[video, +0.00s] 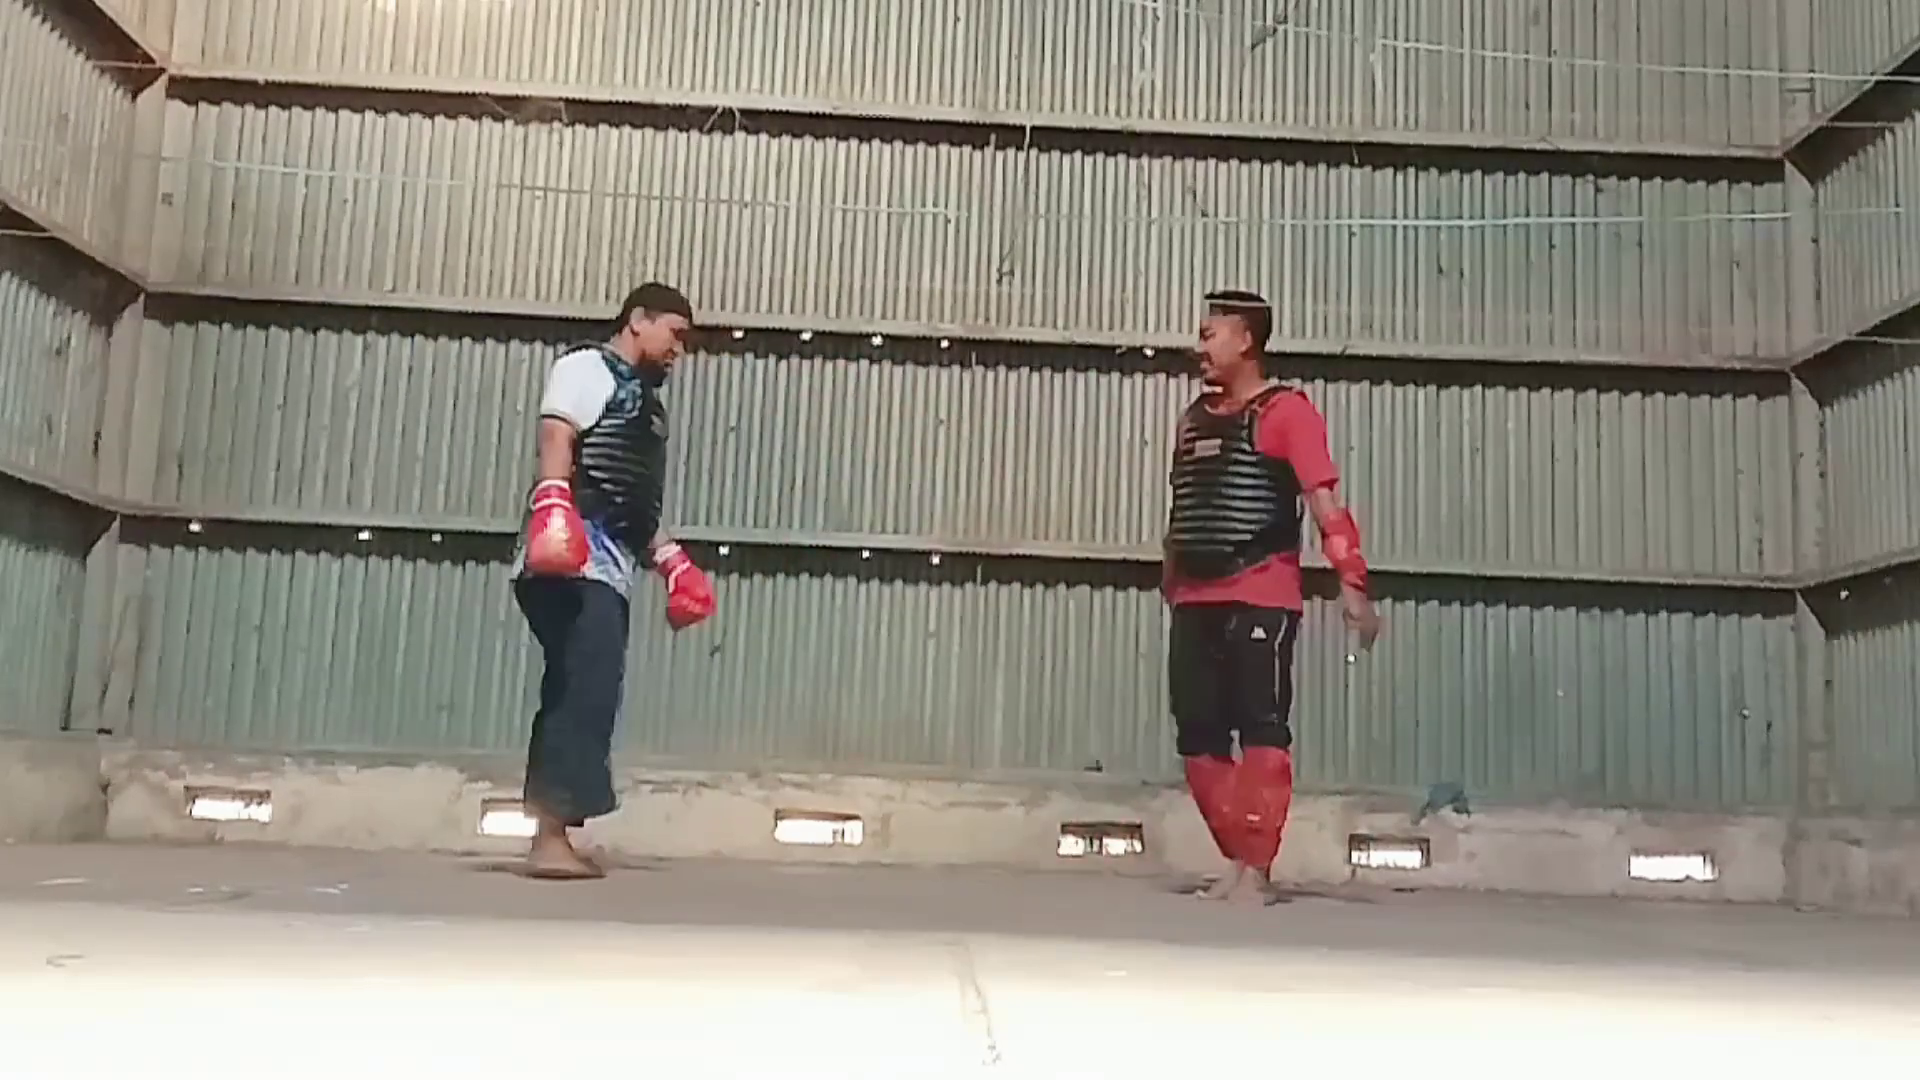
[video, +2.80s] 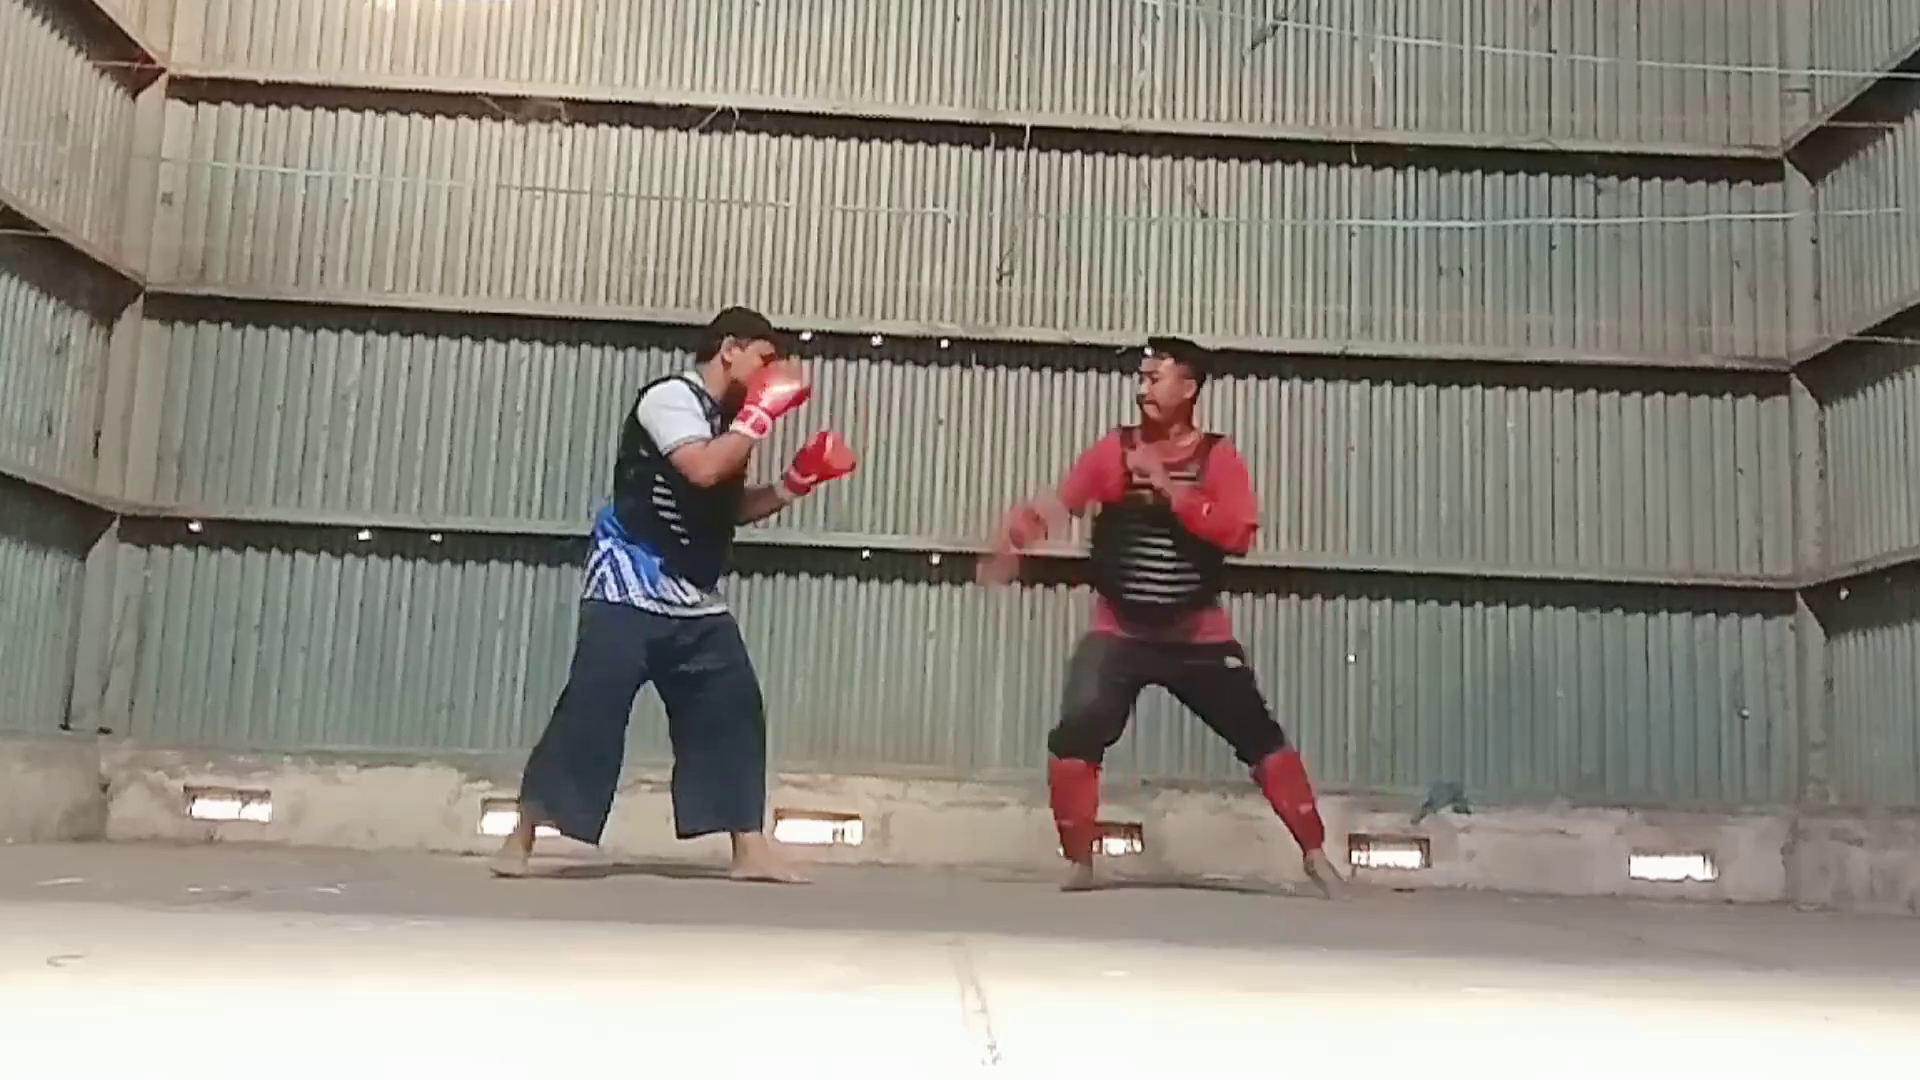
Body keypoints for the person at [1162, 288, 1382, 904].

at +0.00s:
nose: (1200, 345)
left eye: (1211, 335)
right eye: (1200, 335)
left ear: (1248, 341)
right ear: (1219, 343)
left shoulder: (1289, 411)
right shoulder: (1194, 418)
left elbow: (1326, 503)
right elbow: (1186, 507)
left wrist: (1354, 584)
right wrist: (1174, 582)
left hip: (1260, 596)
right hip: (1195, 598)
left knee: (1260, 727)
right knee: (1199, 734)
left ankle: (1254, 870)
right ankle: (1243, 862)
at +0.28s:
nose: (1203, 354)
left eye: (1213, 343)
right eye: (1203, 344)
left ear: (1249, 347)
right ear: (1231, 351)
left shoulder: (1302, 406)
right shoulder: (1203, 431)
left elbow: (1348, 494)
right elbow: (1173, 514)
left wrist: (1353, 578)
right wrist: (1138, 577)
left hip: (1307, 591)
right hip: (1238, 598)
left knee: (1309, 722)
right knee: (1246, 727)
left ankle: (1318, 867)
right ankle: (1251, 870)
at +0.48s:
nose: (1236, 353)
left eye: (1247, 343)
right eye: (1236, 344)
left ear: (1284, 348)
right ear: (1251, 353)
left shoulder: (1332, 410)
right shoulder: (1228, 432)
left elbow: (1371, 492)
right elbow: (1202, 513)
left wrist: (1326, 550)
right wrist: (1180, 572)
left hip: (1331, 606)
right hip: (1257, 611)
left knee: (1379, 722)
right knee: (1247, 726)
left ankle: (1423, 864)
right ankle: (1251, 869)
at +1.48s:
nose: (1249, 382)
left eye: (1260, 370)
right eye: (1247, 371)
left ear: (1297, 374)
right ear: (1252, 378)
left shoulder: (1350, 432)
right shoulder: (1237, 443)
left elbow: (1418, 481)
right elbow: (1197, 500)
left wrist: (1348, 497)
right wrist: (1226, 511)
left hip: (1339, 623)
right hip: (1258, 618)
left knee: (1385, 742)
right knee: (1197, 719)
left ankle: (1415, 869)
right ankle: (1156, 848)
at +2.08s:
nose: (1217, 374)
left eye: (1227, 362)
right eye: (1216, 364)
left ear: (1265, 365)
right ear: (1226, 370)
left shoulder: (1314, 427)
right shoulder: (1208, 439)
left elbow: (1330, 502)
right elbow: (1186, 526)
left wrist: (1252, 469)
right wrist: (1164, 594)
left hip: (1296, 619)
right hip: (1216, 614)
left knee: (1335, 738)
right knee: (1164, 719)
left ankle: (1357, 863)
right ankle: (1129, 849)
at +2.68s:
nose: (1162, 389)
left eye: (1174, 379)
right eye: (1160, 380)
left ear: (1211, 388)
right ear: (1161, 388)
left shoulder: (1256, 452)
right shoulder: (1148, 464)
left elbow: (1288, 530)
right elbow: (1121, 547)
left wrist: (1214, 536)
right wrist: (1097, 614)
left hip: (1242, 638)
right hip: (1161, 633)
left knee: (1291, 749)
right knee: (1098, 725)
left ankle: (1321, 870)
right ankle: (1056, 853)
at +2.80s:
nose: (1146, 383)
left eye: (1159, 376)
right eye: (1144, 374)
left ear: (1192, 388)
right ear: (1140, 383)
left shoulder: (1218, 457)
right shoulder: (1113, 451)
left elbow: (1237, 532)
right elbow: (1061, 501)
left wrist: (1170, 487)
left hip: (1198, 637)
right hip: (1117, 634)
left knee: (1258, 734)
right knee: (1077, 733)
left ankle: (1315, 855)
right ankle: (1079, 862)